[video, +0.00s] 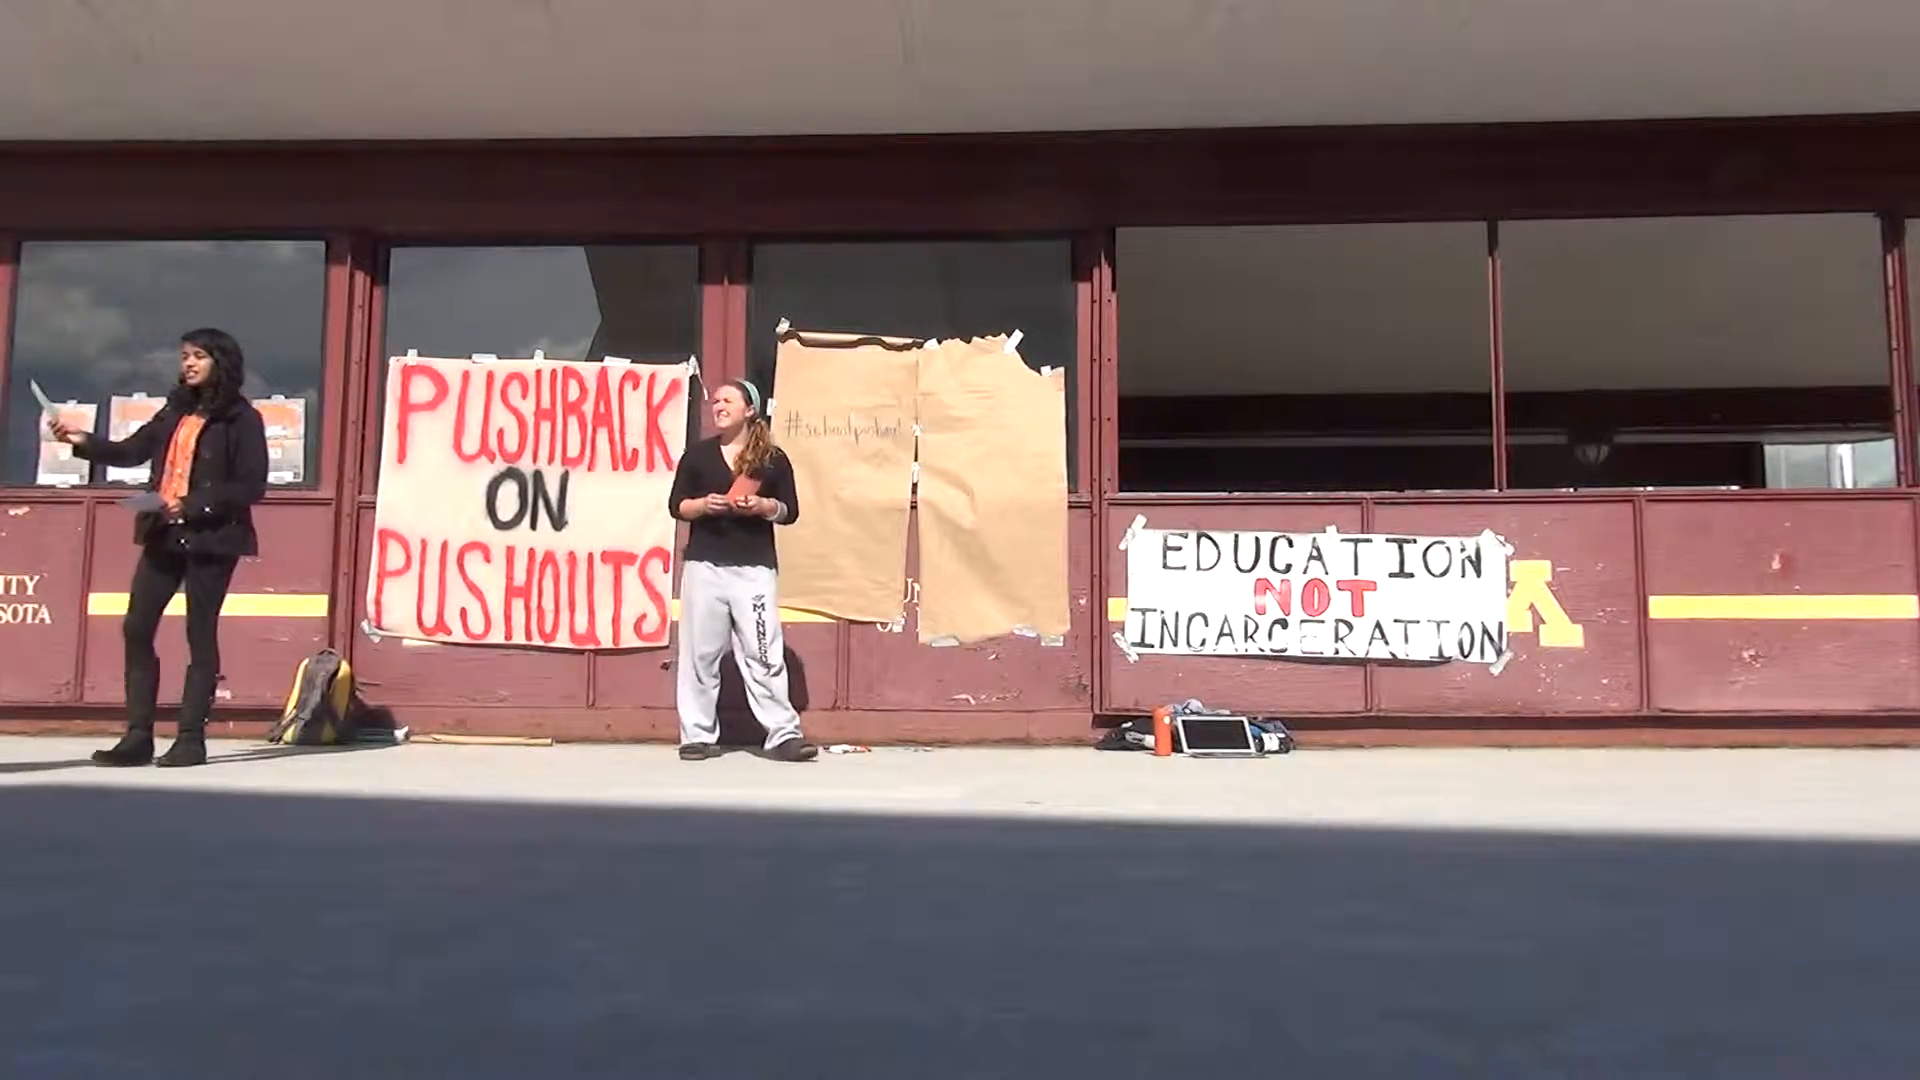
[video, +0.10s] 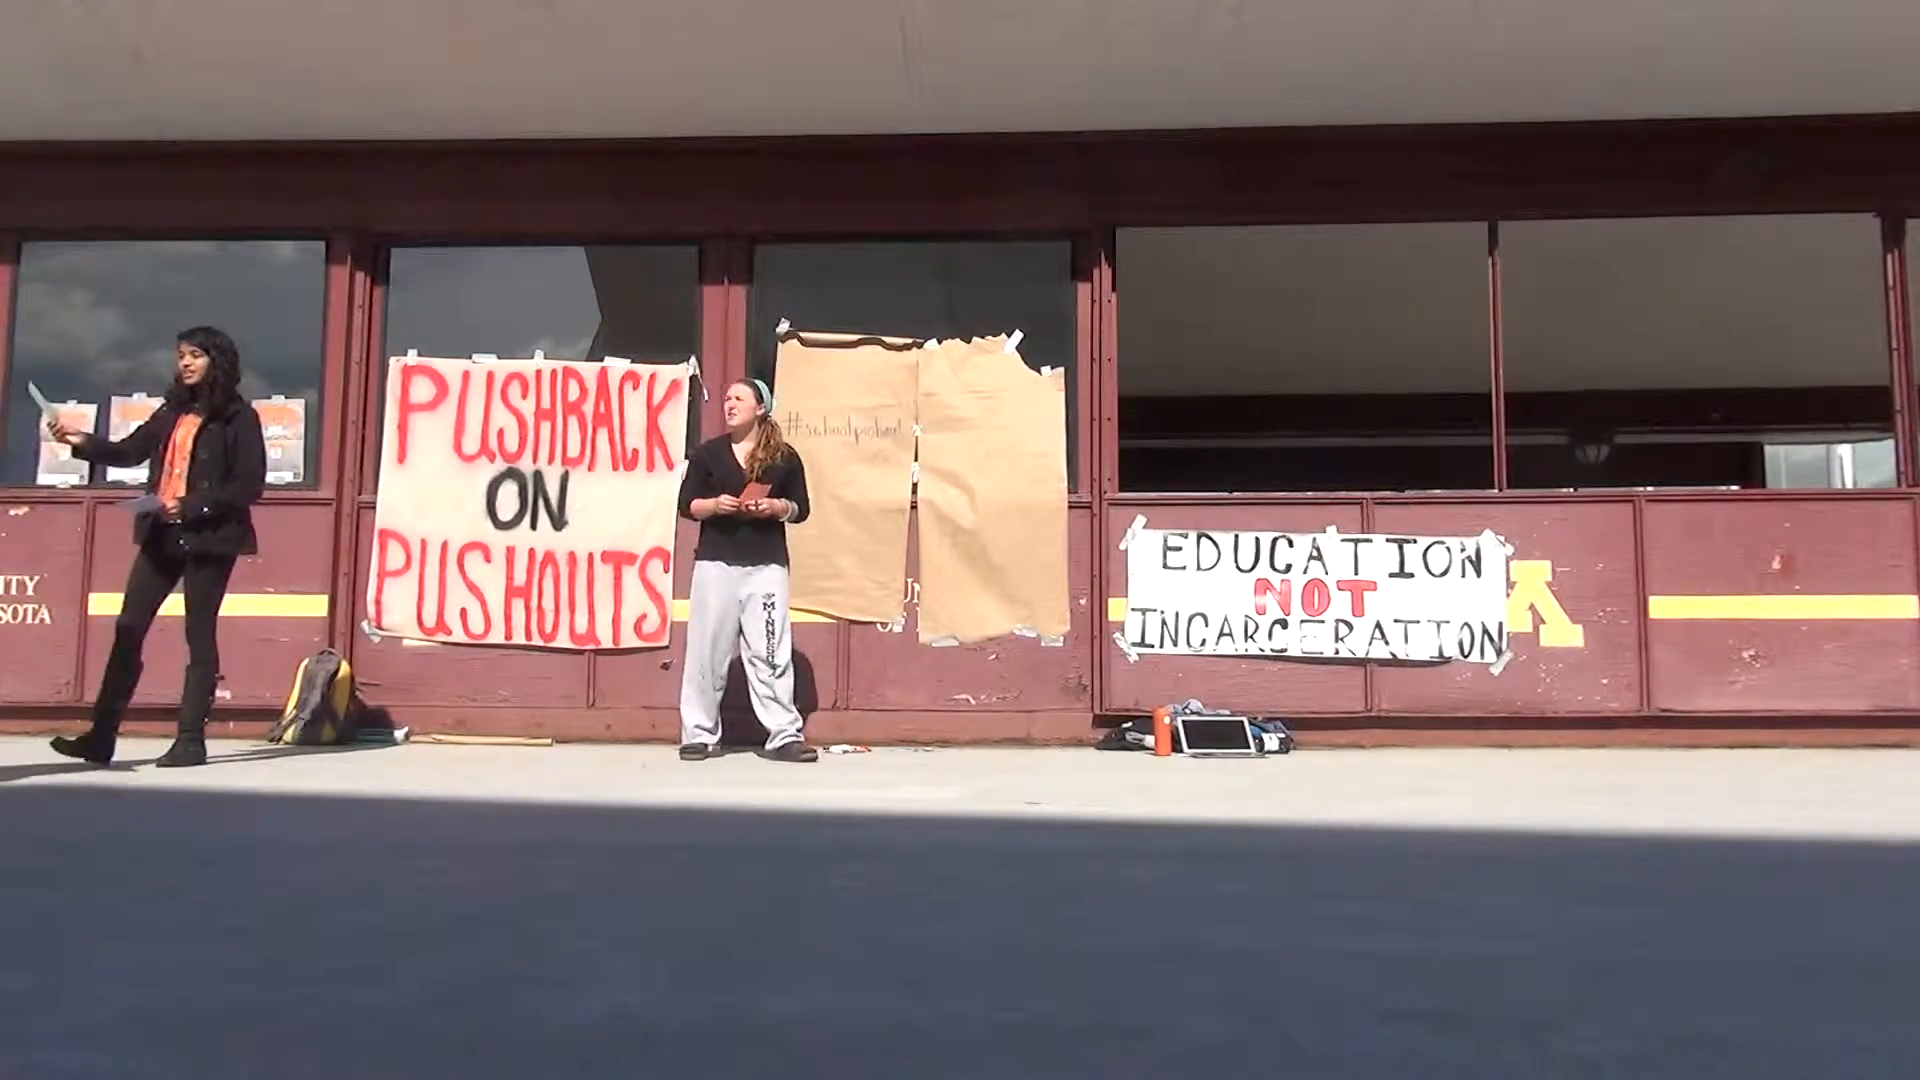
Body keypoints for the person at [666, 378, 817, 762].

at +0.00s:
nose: (717, 407)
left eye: (726, 401)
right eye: (716, 401)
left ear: (749, 410)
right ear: (715, 408)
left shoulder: (773, 457)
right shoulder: (696, 455)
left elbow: (789, 511)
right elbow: (677, 507)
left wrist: (764, 507)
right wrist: (705, 506)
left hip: (755, 569)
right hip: (704, 567)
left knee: (765, 653)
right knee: (701, 654)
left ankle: (783, 734)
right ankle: (697, 736)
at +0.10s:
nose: (728, 405)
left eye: (737, 399)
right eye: (727, 399)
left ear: (760, 408)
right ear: (725, 407)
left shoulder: (784, 456)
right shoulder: (708, 453)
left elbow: (800, 510)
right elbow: (687, 506)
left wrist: (778, 507)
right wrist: (715, 505)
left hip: (767, 565)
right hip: (716, 564)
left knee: (772, 652)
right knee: (707, 650)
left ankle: (784, 735)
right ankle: (698, 735)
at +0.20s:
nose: (742, 402)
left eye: (752, 397)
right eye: (740, 396)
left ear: (774, 406)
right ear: (736, 405)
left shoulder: (796, 455)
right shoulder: (718, 452)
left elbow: (813, 507)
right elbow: (695, 503)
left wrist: (791, 506)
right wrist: (725, 504)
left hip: (780, 564)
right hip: (729, 562)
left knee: (781, 651)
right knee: (717, 648)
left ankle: (785, 736)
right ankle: (699, 735)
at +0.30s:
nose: (756, 399)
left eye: (765, 394)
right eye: (752, 395)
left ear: (787, 405)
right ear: (748, 405)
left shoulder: (808, 453)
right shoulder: (732, 450)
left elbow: (826, 505)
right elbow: (710, 501)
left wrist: (806, 504)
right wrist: (741, 499)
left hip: (792, 564)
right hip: (742, 561)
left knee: (791, 650)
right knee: (725, 647)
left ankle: (788, 736)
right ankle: (700, 733)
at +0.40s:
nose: (768, 399)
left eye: (777, 394)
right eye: (765, 394)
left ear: (799, 405)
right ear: (760, 404)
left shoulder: (818, 453)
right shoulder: (743, 450)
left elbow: (836, 505)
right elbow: (719, 499)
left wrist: (820, 504)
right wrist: (752, 495)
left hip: (802, 563)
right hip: (752, 560)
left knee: (797, 649)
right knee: (734, 644)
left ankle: (788, 737)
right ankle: (706, 729)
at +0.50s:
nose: (776, 400)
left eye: (786, 394)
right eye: (773, 394)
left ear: (808, 406)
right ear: (769, 404)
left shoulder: (827, 454)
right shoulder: (753, 449)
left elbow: (844, 507)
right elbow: (727, 496)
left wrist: (827, 503)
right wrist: (758, 486)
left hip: (809, 562)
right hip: (759, 557)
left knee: (801, 647)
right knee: (748, 639)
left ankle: (788, 737)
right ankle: (719, 726)